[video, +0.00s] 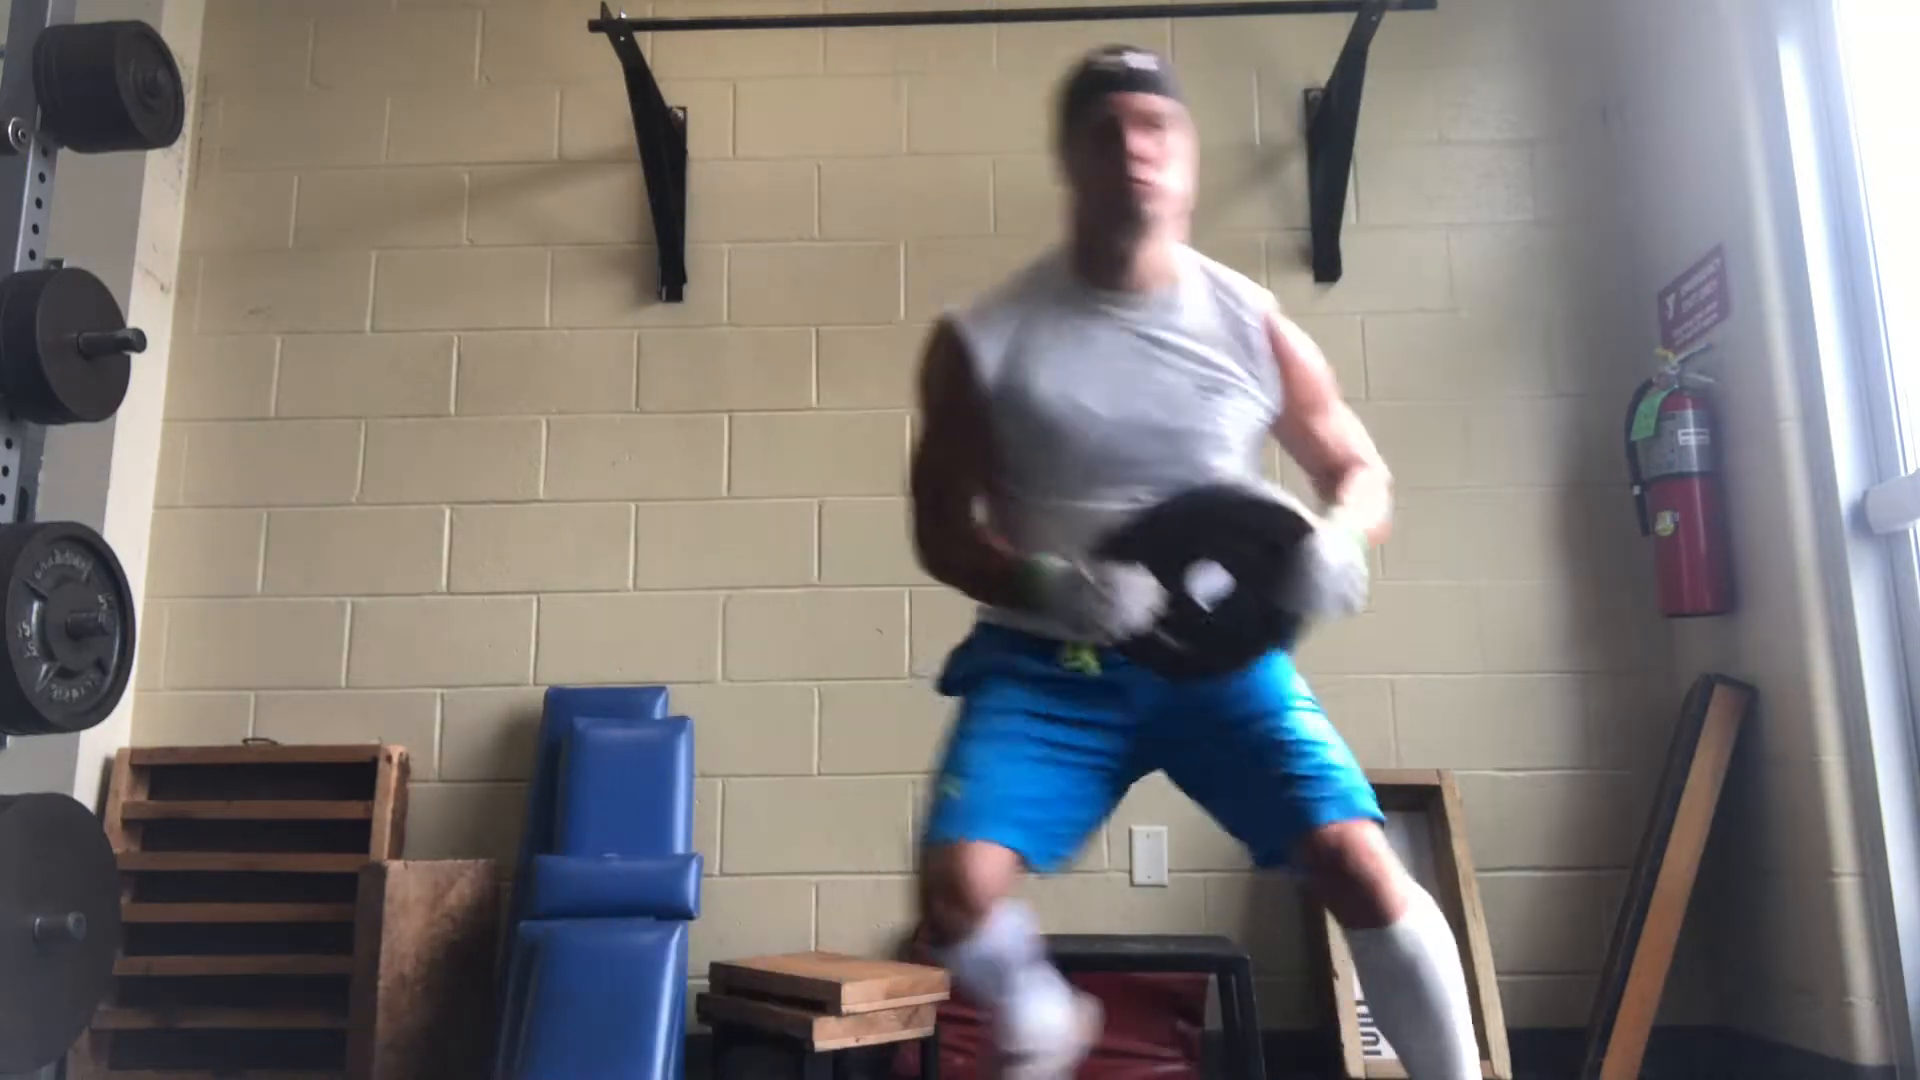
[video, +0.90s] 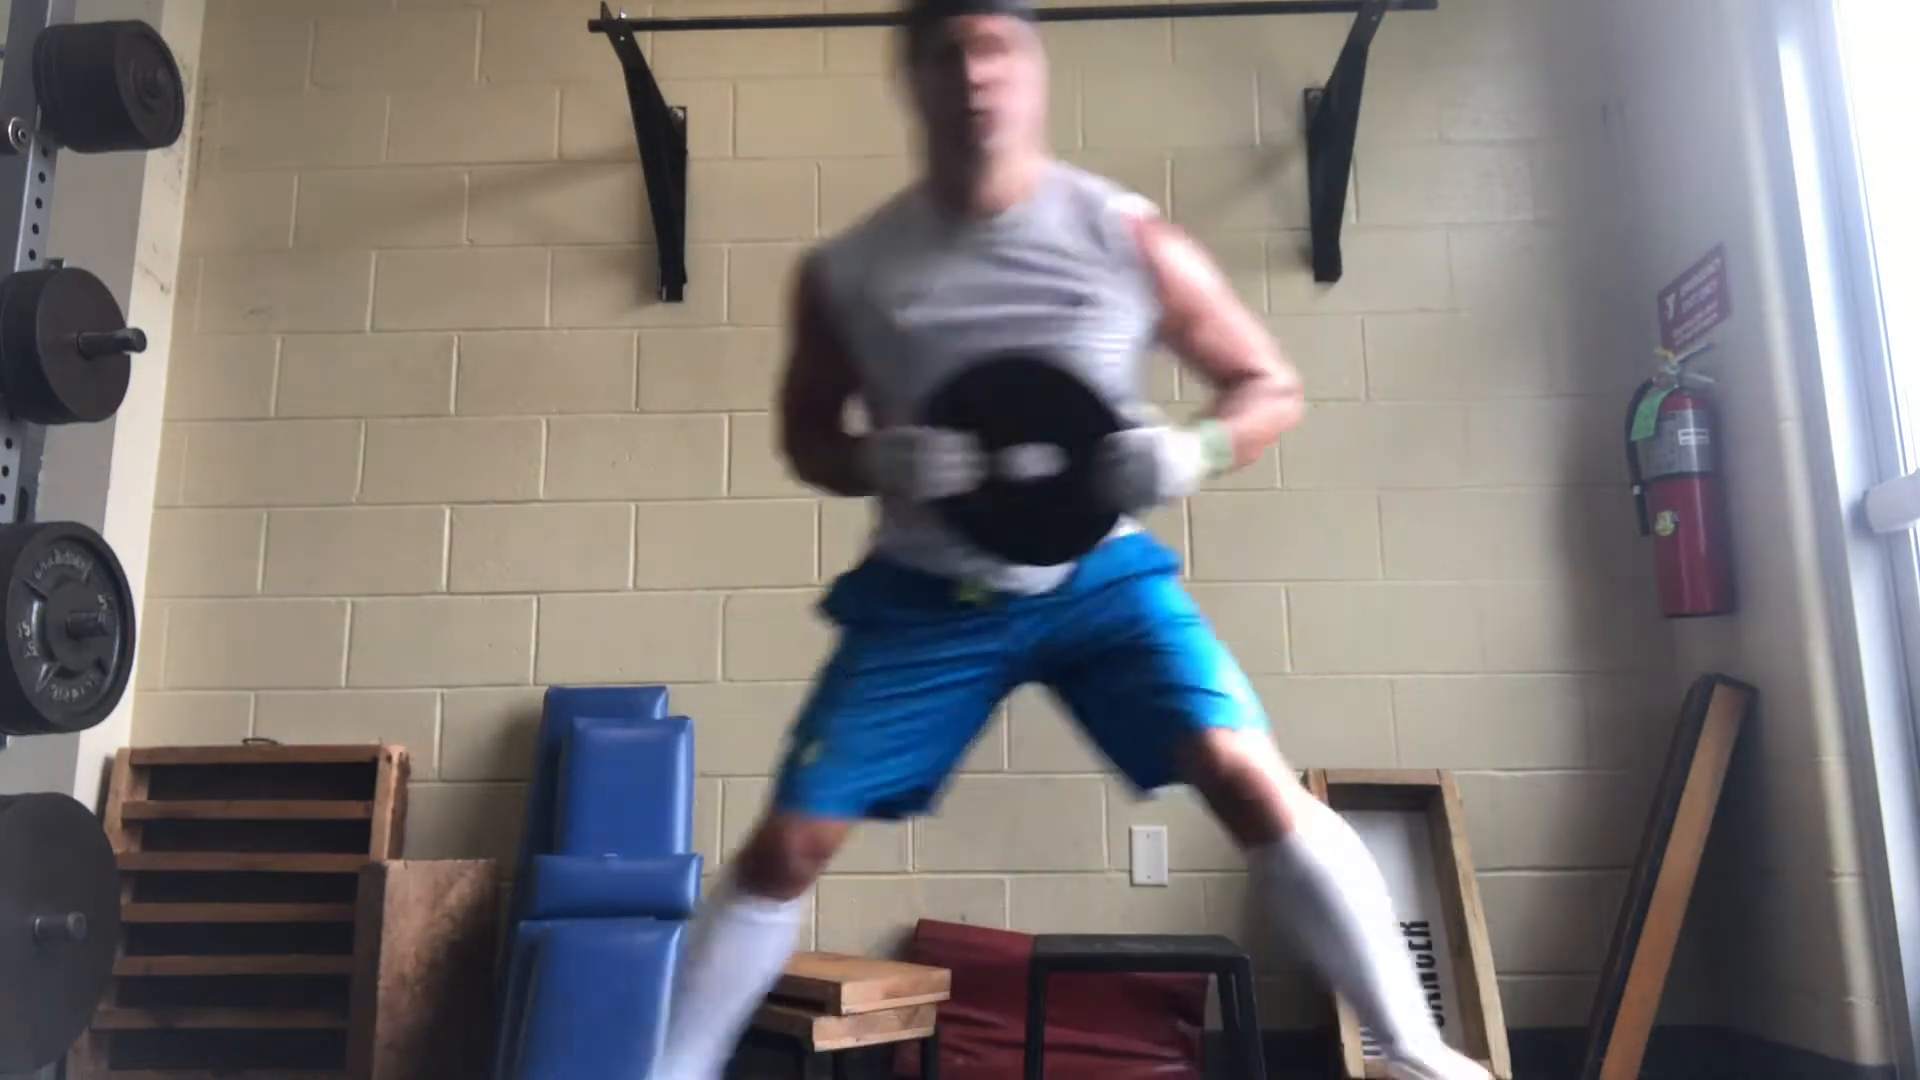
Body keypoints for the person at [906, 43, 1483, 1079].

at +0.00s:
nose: (1138, 150)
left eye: (1158, 128)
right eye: (1111, 131)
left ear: (1191, 161)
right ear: (1068, 163)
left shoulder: (1252, 328)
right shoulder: (982, 342)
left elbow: (1362, 475)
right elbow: (944, 534)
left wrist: (1340, 541)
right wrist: (1052, 587)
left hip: (1224, 664)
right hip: (1049, 669)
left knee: (1357, 863)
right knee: (958, 883)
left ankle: (1457, 1072)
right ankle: (1051, 1034)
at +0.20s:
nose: (1186, 136)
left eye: (1208, 120)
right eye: (1157, 119)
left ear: (1235, 160)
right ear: (1110, 153)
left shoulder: (1292, 328)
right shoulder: (1009, 325)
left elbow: (1372, 489)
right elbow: (942, 494)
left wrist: (1320, 541)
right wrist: (1014, 556)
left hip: (1241, 651)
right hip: (1059, 650)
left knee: (1371, 866)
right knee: (927, 834)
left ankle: (1461, 1074)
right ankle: (955, 964)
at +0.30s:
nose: (1097, 91)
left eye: (1119, 72)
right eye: (1071, 73)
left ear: (1158, 105)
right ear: (1032, 103)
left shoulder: (1212, 265)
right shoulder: (943, 273)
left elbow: (1318, 452)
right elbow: (867, 420)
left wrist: (1195, 480)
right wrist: (939, 481)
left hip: (1164, 611)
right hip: (986, 593)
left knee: (1293, 851)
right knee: (827, 739)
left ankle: (1441, 1074)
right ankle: (784, 985)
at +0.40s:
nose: (981, 67)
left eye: (1008, 42)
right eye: (955, 45)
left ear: (1048, 70)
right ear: (922, 73)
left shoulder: (1111, 234)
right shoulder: (850, 256)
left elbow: (1220, 433)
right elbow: (795, 405)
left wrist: (1061, 459)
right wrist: (823, 436)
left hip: (1081, 593)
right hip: (897, 581)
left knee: (1198, 824)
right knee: (754, 789)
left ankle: (1301, 1074)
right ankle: (613, 1060)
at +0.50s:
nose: (874, 109)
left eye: (897, 86)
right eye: (849, 91)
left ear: (936, 111)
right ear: (816, 123)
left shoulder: (1019, 272)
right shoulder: (762, 308)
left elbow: (1126, 476)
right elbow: (722, 478)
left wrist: (974, 504)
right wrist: (726, 501)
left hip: (995, 634)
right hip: (820, 635)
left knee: (1094, 872)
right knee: (685, 878)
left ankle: (1027, 1040)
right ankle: (584, 1078)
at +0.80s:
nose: (847, 125)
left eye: (870, 99)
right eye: (819, 106)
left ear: (911, 124)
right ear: (790, 141)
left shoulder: (1008, 275)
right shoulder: (747, 332)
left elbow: (1174, 427)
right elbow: (740, 492)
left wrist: (1054, 504)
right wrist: (807, 528)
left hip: (1013, 626)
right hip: (833, 643)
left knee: (1132, 827)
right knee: (695, 876)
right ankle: (588, 1075)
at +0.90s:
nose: (975, 77)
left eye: (996, 52)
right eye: (947, 57)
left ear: (1040, 80)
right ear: (913, 89)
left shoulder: (1128, 238)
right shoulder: (843, 275)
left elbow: (1274, 388)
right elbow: (807, 441)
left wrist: (1194, 450)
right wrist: (879, 464)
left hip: (1104, 577)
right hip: (925, 596)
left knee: (1249, 781)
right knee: (788, 844)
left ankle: (1416, 1053)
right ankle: (669, 1071)